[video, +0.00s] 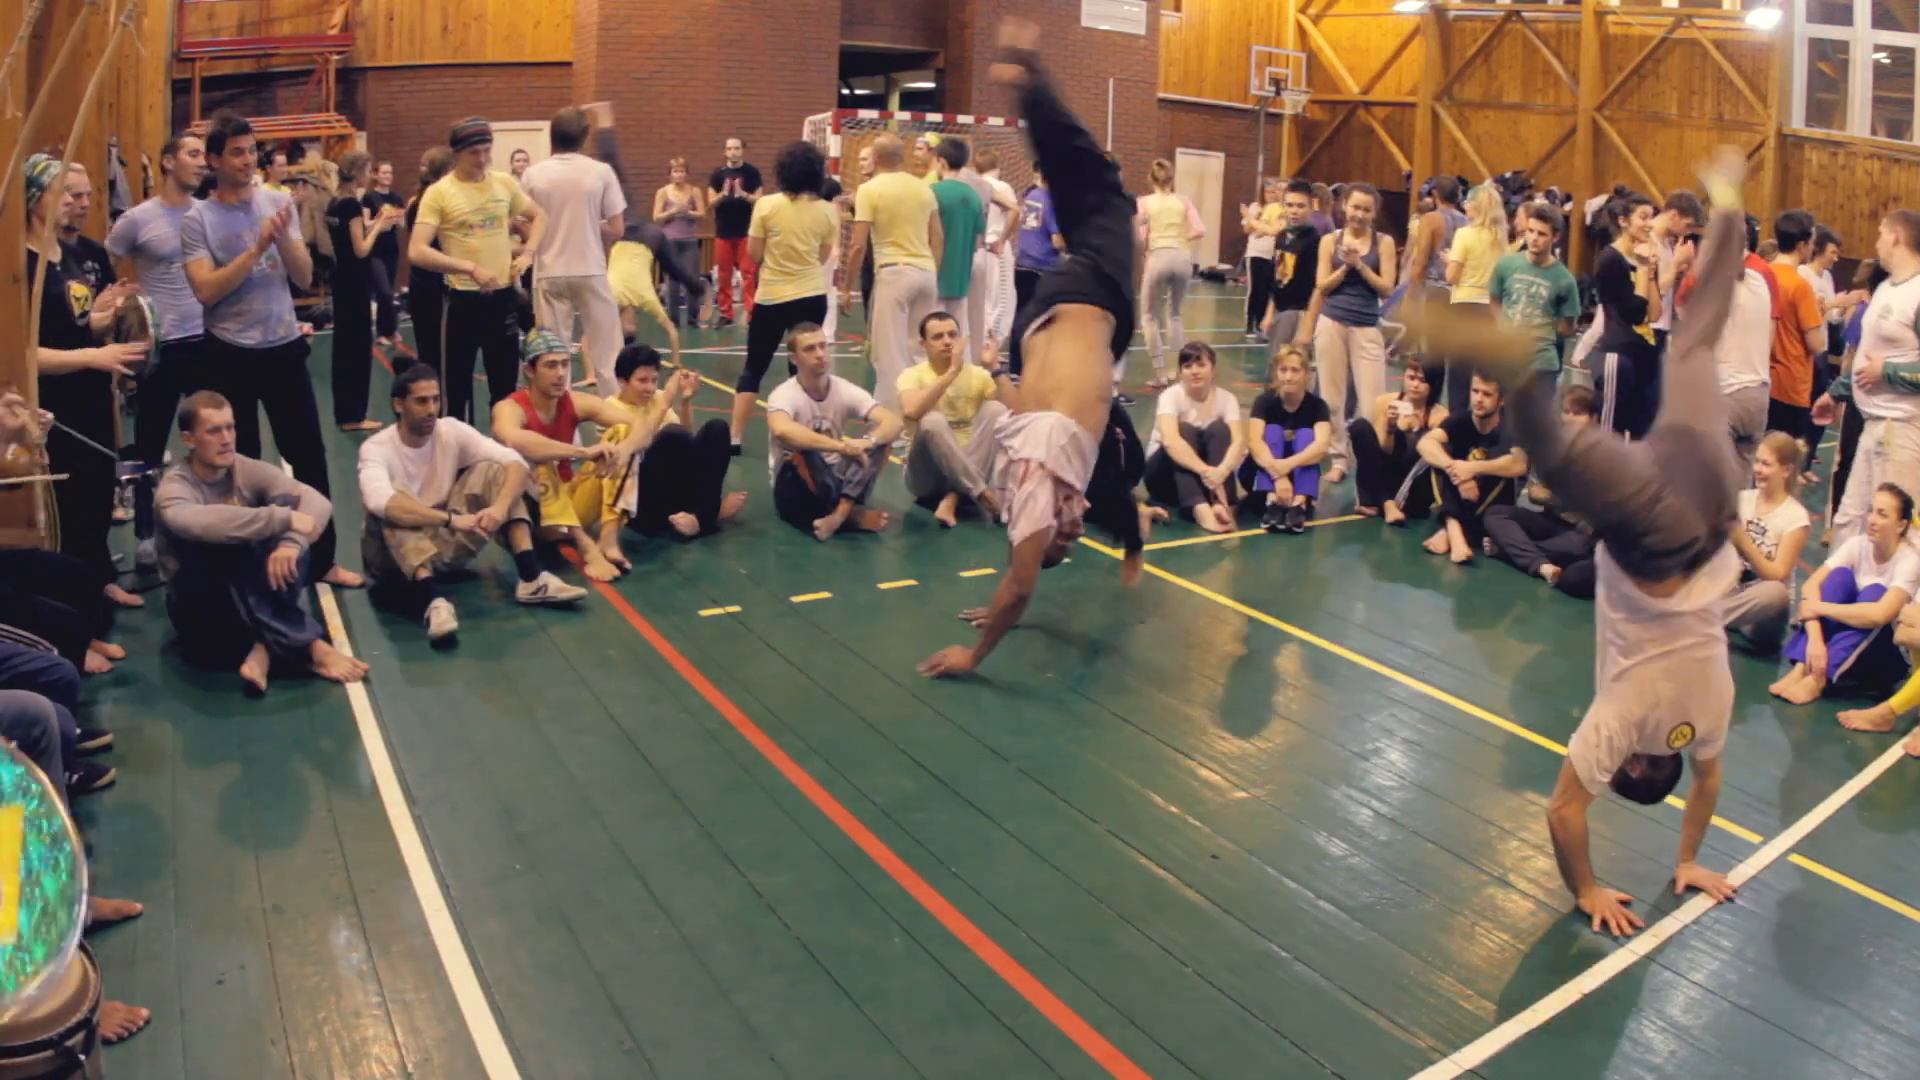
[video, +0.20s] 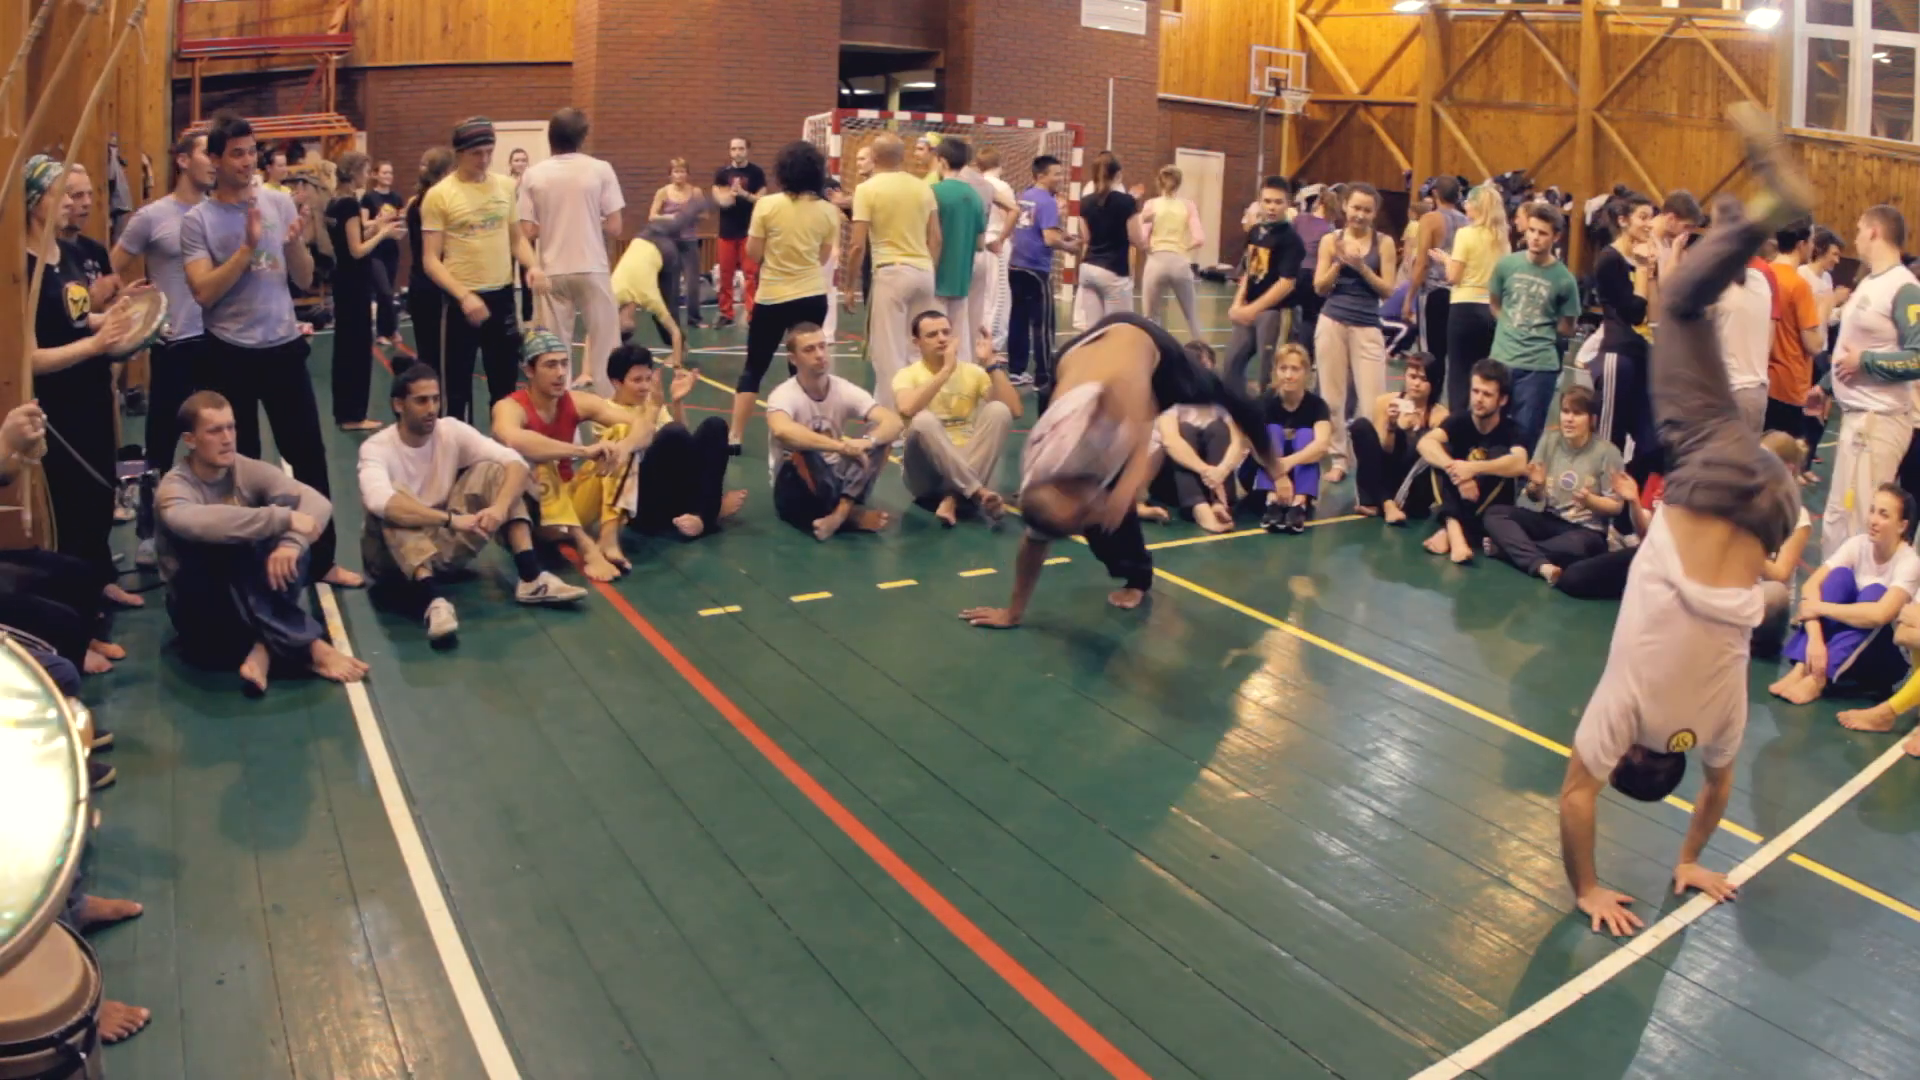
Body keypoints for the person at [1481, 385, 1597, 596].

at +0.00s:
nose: (1569, 419)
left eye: (1577, 413)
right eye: (1565, 412)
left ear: (1592, 419)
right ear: (1559, 414)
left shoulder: (1599, 456)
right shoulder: (1551, 444)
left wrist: (1548, 496)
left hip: (1577, 528)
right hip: (1546, 517)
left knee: (1579, 545)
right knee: (1495, 514)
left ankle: (1508, 551)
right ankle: (1540, 566)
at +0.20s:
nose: (1569, 419)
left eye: (1577, 413)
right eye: (1565, 412)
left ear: (1591, 419)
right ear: (1559, 414)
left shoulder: (1607, 452)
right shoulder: (1549, 440)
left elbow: (1616, 505)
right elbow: (1532, 496)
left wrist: (1590, 500)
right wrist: (1536, 486)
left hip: (1583, 530)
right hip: (1546, 519)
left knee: (1578, 546)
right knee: (1494, 514)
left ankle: (1509, 550)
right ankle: (1539, 566)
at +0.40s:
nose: (1570, 418)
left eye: (1578, 413)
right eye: (1566, 411)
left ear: (1591, 418)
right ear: (1560, 413)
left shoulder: (1607, 452)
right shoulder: (1549, 441)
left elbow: (1609, 507)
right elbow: (1534, 490)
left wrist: (1574, 493)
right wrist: (1554, 491)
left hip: (1584, 529)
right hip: (1547, 520)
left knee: (1580, 546)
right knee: (1495, 514)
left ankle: (1508, 550)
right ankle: (1539, 566)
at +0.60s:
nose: (1570, 418)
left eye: (1578, 412)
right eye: (1566, 411)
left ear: (1592, 418)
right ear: (1559, 414)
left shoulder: (1607, 453)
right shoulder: (1549, 440)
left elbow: (1609, 505)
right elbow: (1532, 490)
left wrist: (1582, 498)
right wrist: (1546, 491)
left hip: (1580, 529)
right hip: (1545, 520)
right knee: (1494, 514)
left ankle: (1509, 550)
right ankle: (1540, 566)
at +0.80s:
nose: (1572, 419)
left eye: (1579, 413)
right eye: (1567, 411)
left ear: (1591, 418)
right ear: (1560, 414)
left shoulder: (1606, 453)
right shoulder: (1549, 440)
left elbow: (1612, 506)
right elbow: (1530, 491)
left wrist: (1580, 497)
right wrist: (1543, 488)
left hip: (1584, 530)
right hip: (1548, 520)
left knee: (1577, 547)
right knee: (1494, 514)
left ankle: (1508, 550)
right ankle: (1539, 566)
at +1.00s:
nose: (1573, 420)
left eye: (1581, 414)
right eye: (1569, 412)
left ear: (1592, 419)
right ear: (1560, 414)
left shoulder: (1606, 453)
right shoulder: (1549, 440)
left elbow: (1610, 506)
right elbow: (1532, 490)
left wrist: (1574, 493)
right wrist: (1554, 492)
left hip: (1583, 527)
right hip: (1546, 516)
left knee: (1580, 546)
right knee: (1494, 514)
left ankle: (1507, 550)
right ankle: (1540, 566)